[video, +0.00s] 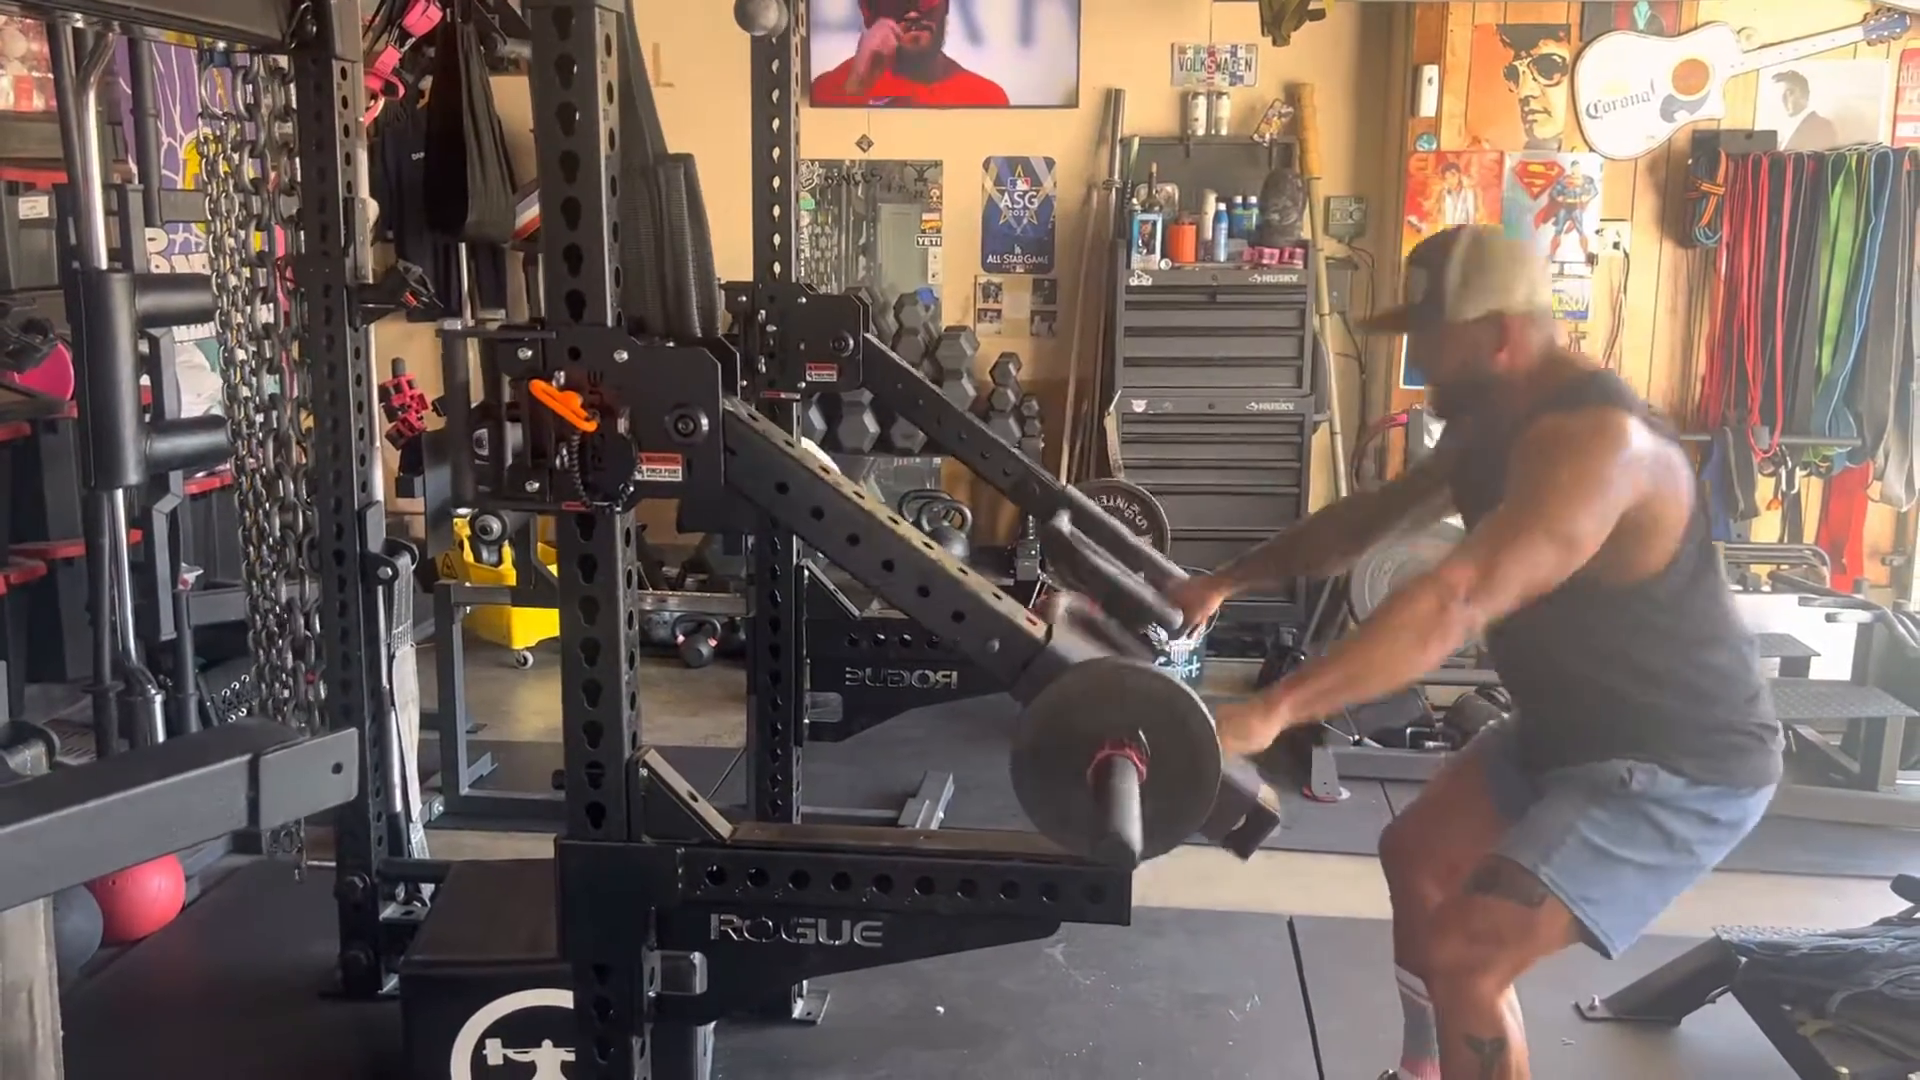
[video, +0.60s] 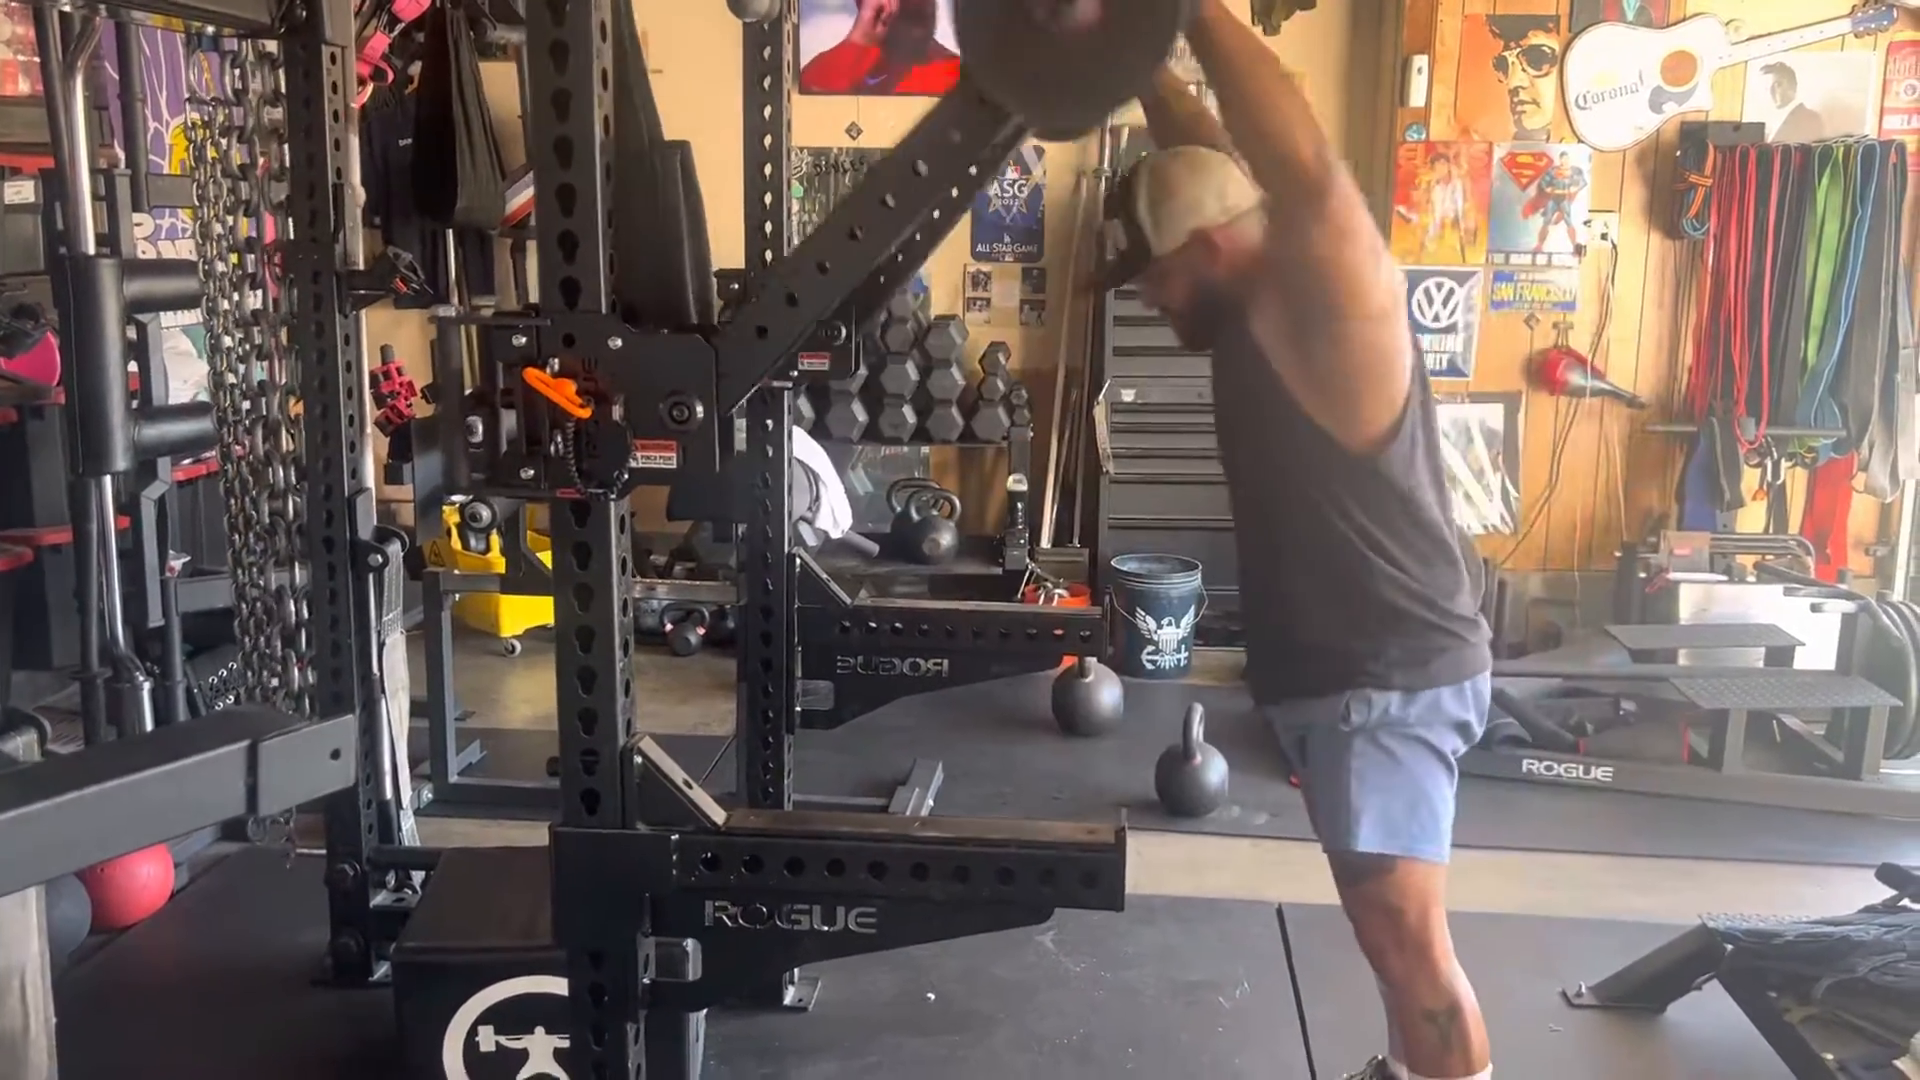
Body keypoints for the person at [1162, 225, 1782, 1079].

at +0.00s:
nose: (1419, 367)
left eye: (1431, 343)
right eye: (1416, 345)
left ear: (1504, 340)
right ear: (1503, 340)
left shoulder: (1599, 441)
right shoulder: (1500, 419)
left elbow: (1459, 600)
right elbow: (1372, 516)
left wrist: (1274, 711)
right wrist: (1225, 582)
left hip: (1680, 763)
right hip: (1570, 728)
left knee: (1464, 955)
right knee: (1416, 856)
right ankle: (1430, 1060)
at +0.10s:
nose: (1460, 295)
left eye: (1474, 271)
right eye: (1460, 272)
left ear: (1554, 271)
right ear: (1540, 275)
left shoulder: (1634, 384)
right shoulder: (1531, 370)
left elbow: (1533, 547)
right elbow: (1421, 465)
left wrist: (1344, 614)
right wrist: (1290, 500)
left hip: (1626, 740)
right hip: (1520, 705)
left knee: (1444, 952)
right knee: (1399, 849)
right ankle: (1431, 1059)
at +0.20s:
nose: (1443, 257)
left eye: (1454, 230)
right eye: (1441, 233)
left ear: (1531, 223)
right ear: (1530, 226)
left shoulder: (1618, 326)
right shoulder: (1517, 325)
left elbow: (1637, 448)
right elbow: (1443, 386)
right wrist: (1338, 371)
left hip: (1520, 695)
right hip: (1439, 665)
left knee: (1417, 954)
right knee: (1370, 845)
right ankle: (1423, 1058)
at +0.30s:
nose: (1360, 229)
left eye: (1372, 212)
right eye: (1357, 213)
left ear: (1438, 205)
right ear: (1435, 204)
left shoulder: (1543, 293)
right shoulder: (1421, 279)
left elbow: (1629, 386)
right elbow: (1308, 251)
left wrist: (1412, 314)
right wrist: (1281, 246)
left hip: (1444, 680)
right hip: (1376, 664)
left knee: (1419, 954)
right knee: (1399, 932)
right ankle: (1423, 1061)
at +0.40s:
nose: (1267, 255)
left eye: (1278, 225)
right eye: (1267, 226)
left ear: (1331, 218)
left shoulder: (1419, 305)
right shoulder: (1351, 310)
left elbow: (1518, 328)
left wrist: (1376, 194)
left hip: (1401, 689)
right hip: (1355, 680)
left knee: (1406, 953)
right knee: (1392, 938)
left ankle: (1448, 1070)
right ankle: (1418, 1065)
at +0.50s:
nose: (1192, 269)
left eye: (1202, 238)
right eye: (1185, 242)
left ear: (1270, 216)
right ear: (1270, 221)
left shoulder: (1372, 296)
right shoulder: (1301, 311)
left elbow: (1404, 229)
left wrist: (1267, 76)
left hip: (1386, 689)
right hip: (1342, 680)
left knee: (1408, 949)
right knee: (1388, 924)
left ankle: (1447, 1071)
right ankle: (1420, 1059)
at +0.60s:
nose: (1146, 293)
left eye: (1152, 267)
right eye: (1140, 271)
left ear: (1213, 241)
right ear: (1218, 236)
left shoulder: (1323, 291)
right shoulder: (1258, 300)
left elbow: (1304, 164)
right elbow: (1211, 146)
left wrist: (1200, 7)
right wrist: (1138, 51)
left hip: (1388, 680)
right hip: (1339, 671)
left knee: (1406, 937)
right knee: (1385, 912)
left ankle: (1453, 1070)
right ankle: (1419, 1056)